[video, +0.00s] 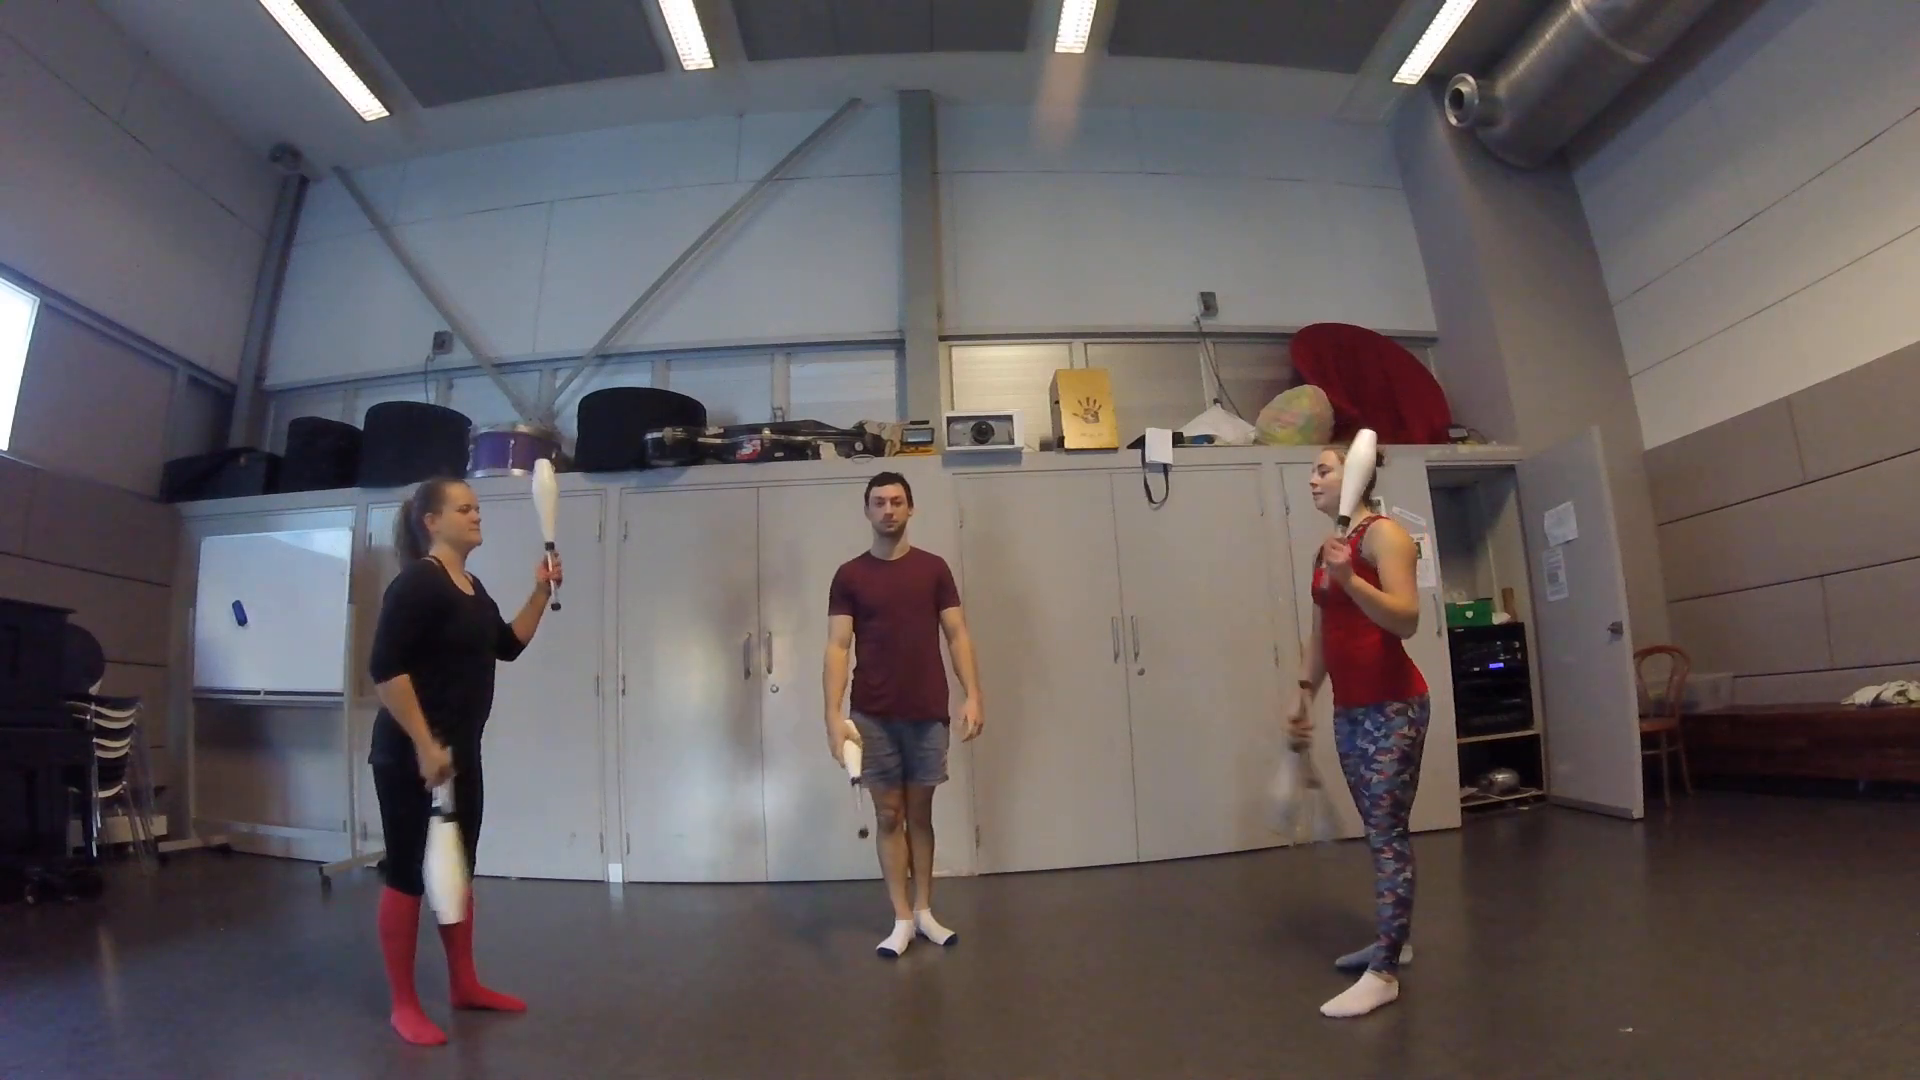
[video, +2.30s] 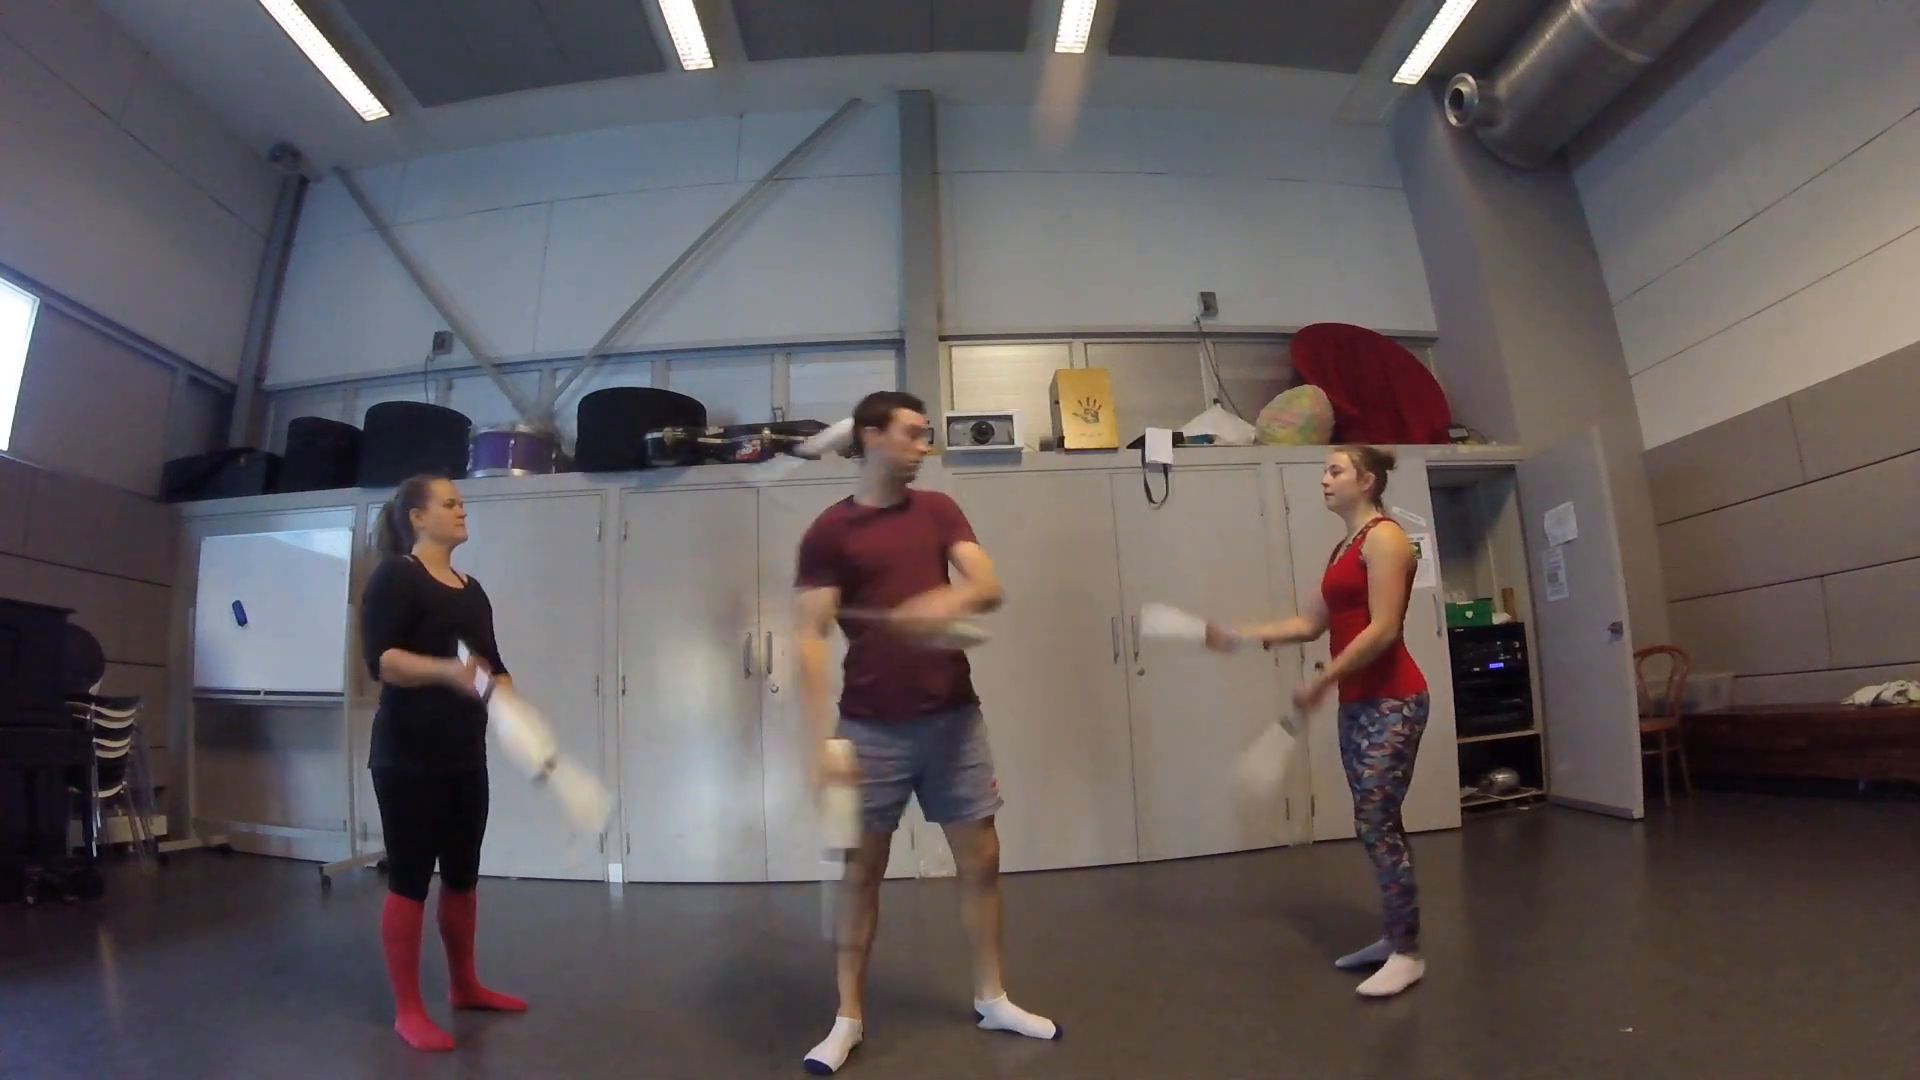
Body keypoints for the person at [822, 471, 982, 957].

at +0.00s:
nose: (888, 509)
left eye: (896, 502)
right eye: (880, 503)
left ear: (910, 510)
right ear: (867, 512)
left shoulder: (934, 568)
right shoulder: (850, 576)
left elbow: (957, 633)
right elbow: (838, 647)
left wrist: (973, 694)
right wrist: (834, 716)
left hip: (927, 712)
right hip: (872, 714)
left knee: (920, 816)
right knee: (889, 817)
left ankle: (924, 912)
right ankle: (903, 920)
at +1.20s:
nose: (873, 462)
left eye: (884, 452)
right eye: (872, 454)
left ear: (921, 459)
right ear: (879, 467)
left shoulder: (966, 535)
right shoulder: (862, 544)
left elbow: (997, 619)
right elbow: (844, 631)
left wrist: (1008, 698)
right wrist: (825, 711)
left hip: (954, 722)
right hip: (879, 722)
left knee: (960, 850)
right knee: (871, 854)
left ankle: (968, 980)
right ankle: (867, 1000)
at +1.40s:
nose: (846, 460)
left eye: (856, 449)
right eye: (845, 451)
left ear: (897, 453)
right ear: (878, 457)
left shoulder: (946, 527)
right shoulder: (841, 541)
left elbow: (965, 617)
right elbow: (824, 634)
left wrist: (922, 674)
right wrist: (804, 719)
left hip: (940, 725)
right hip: (861, 725)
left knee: (956, 857)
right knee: (854, 863)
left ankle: (965, 981)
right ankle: (845, 1016)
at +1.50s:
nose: (831, 453)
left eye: (842, 442)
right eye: (832, 443)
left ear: (882, 446)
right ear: (858, 451)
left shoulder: (931, 517)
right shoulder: (827, 535)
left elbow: (923, 607)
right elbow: (813, 632)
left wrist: (837, 638)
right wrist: (786, 716)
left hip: (926, 716)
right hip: (849, 722)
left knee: (964, 855)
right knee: (849, 865)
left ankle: (971, 973)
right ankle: (845, 1015)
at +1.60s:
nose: (818, 451)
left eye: (827, 440)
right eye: (817, 442)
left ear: (868, 442)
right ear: (855, 445)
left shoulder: (915, 511)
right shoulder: (820, 535)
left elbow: (863, 583)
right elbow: (802, 630)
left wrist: (755, 596)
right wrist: (774, 711)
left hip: (917, 714)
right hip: (839, 720)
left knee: (966, 854)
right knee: (844, 866)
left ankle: (990, 971)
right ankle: (845, 1018)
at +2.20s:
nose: (876, 443)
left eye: (885, 432)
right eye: (862, 432)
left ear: (898, 440)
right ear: (833, 443)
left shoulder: (918, 498)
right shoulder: (814, 537)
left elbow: (910, 570)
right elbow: (797, 640)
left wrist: (807, 598)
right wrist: (779, 732)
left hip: (937, 711)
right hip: (857, 721)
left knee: (979, 860)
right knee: (856, 871)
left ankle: (996, 995)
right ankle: (848, 1017)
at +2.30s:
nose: (924, 445)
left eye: (925, 435)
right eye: (912, 433)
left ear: (913, 446)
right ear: (870, 440)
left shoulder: (936, 509)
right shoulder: (830, 532)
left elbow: (987, 586)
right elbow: (813, 637)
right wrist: (824, 736)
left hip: (953, 719)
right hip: (874, 726)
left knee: (981, 859)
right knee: (861, 872)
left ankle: (991, 998)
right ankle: (848, 1019)